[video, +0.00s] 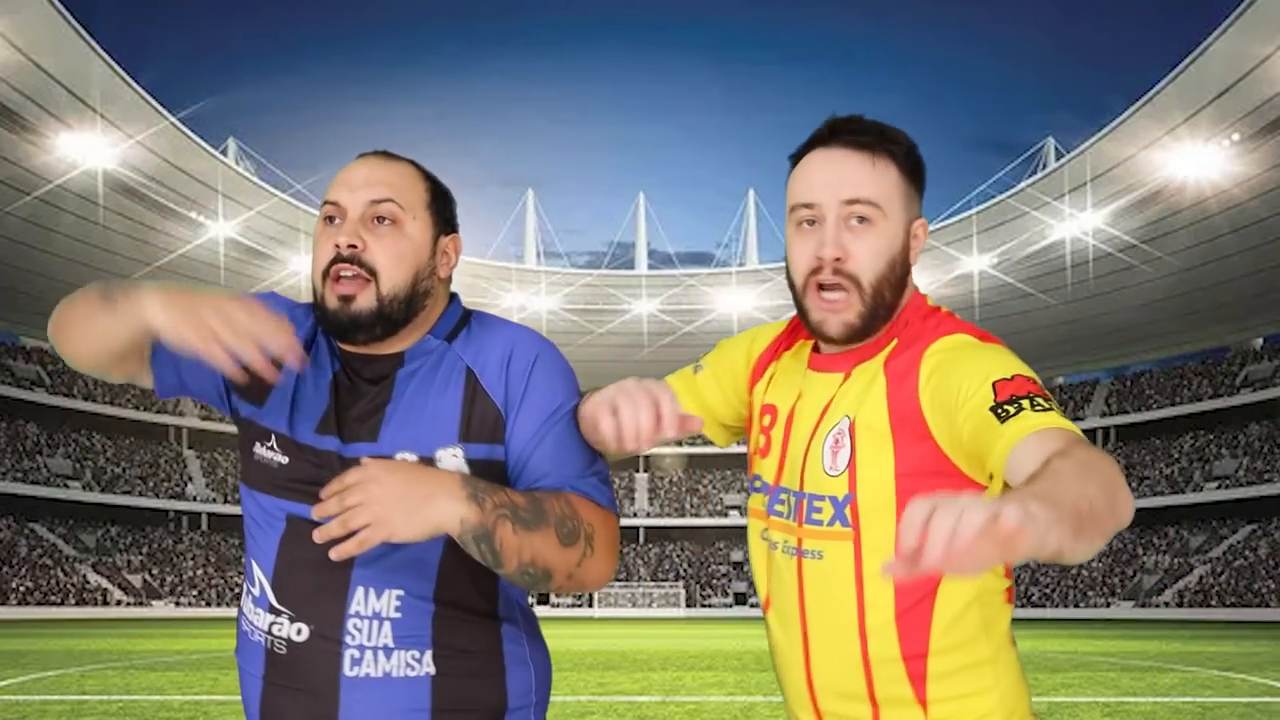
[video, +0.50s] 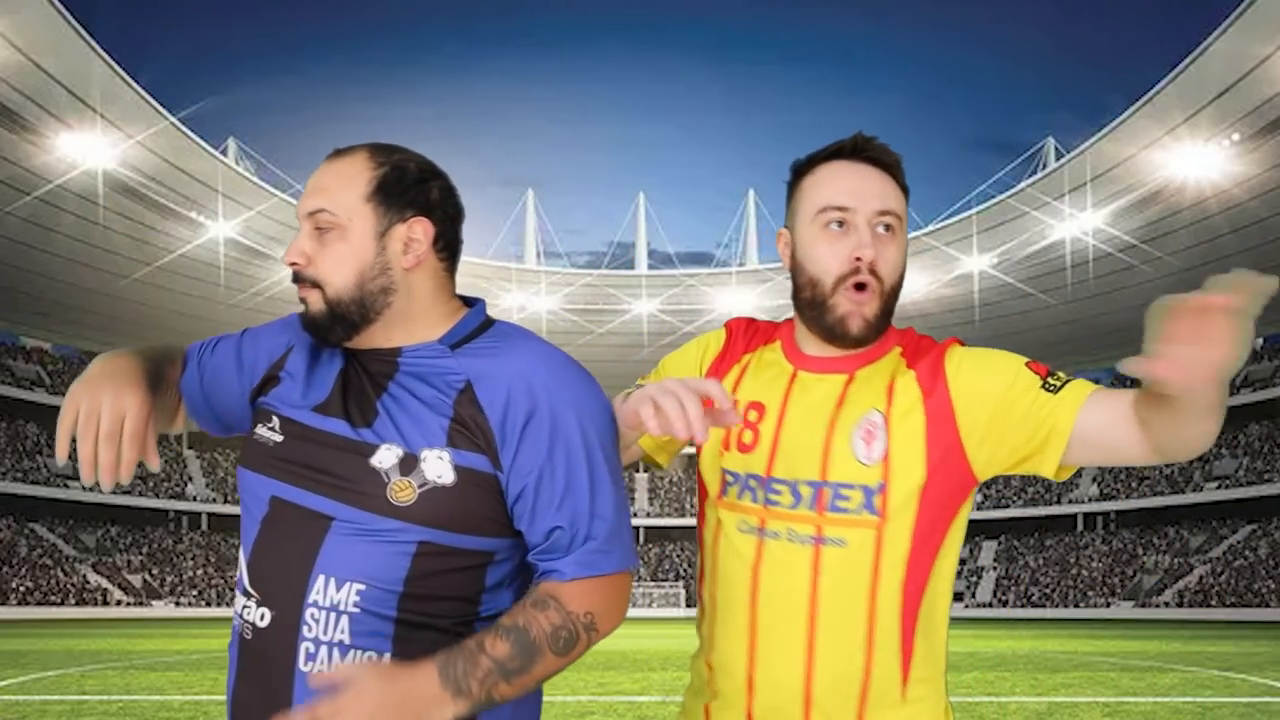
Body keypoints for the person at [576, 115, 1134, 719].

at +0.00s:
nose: (827, 250)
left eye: (860, 219)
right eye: (807, 221)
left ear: (914, 241)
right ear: (786, 238)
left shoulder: (958, 363)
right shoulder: (760, 359)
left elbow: (1098, 485)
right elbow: (664, 408)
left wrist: (1015, 522)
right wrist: (615, 415)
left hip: (956, 705)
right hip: (814, 705)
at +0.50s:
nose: (863, 251)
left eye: (884, 228)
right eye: (835, 226)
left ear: (905, 250)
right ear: (786, 248)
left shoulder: (963, 383)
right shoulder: (724, 359)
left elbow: (1163, 435)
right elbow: (594, 457)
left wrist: (1192, 386)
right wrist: (633, 419)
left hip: (889, 706)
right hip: (726, 704)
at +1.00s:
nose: (610, 278)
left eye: (646, 250)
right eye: (605, 248)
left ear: (725, 274)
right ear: (593, 257)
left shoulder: (819, 386)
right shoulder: (557, 388)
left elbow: (983, 501)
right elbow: (395, 425)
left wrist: (1105, 648)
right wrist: (374, 424)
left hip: (830, 705)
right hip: (666, 711)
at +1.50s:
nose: (537, 257)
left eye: (567, 229)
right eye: (548, 227)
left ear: (652, 249)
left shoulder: (767, 405)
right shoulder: (555, 377)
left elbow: (899, 622)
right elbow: (504, 510)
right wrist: (471, 550)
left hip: (723, 708)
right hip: (568, 707)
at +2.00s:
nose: (472, 257)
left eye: (498, 230)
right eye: (482, 231)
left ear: (573, 243)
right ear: (573, 245)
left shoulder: (681, 376)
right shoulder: (506, 382)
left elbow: (784, 586)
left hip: (637, 704)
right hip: (500, 703)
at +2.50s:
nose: (558, 273)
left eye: (572, 242)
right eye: (524, 252)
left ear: (594, 240)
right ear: (485, 266)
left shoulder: (666, 365)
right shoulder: (454, 382)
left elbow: (764, 544)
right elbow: (470, 564)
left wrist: (812, 705)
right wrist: (484, 702)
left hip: (664, 699)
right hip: (518, 706)